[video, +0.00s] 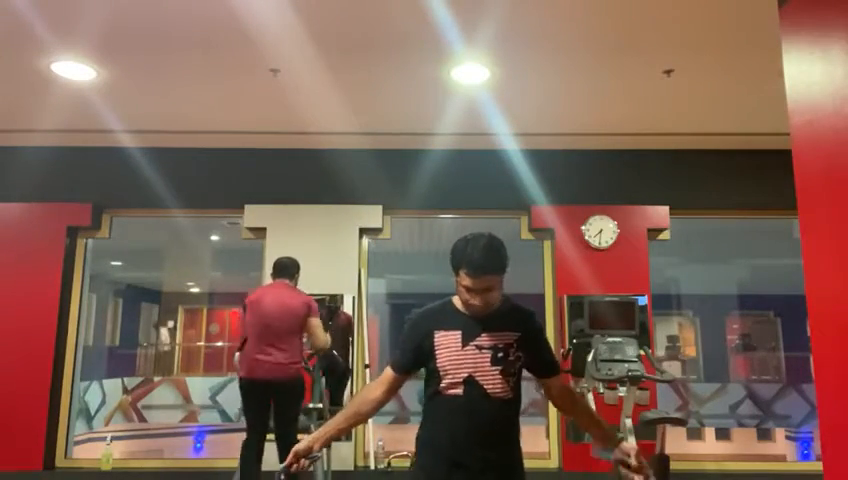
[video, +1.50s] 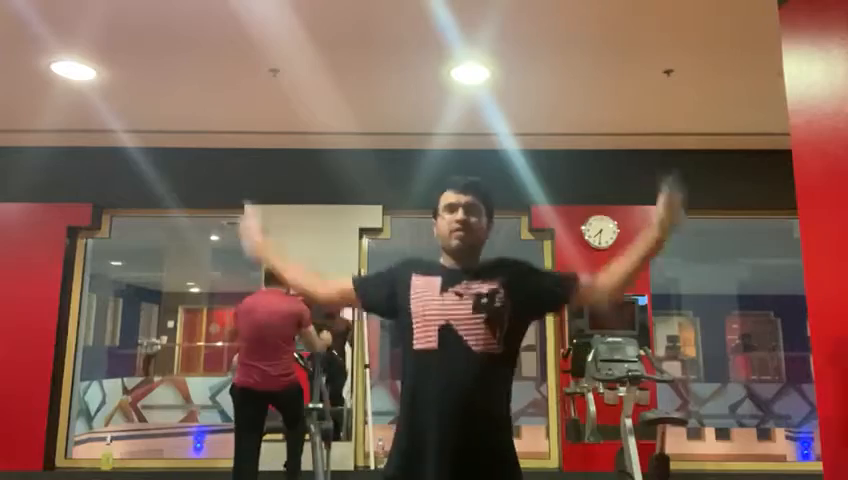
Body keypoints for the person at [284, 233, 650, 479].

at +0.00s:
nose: (474, 300)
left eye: (484, 291)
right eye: (466, 290)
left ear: (503, 280)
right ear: (454, 279)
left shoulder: (522, 324)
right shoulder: (426, 323)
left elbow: (561, 392)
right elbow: (378, 391)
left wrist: (612, 442)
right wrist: (316, 440)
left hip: (499, 467)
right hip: (437, 466)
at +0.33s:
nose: (447, 299)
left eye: (456, 288)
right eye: (437, 289)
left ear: (470, 277)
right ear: (420, 277)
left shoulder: (490, 316)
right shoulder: (394, 324)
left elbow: (532, 384)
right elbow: (352, 398)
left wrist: (594, 433)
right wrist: (290, 460)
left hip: (480, 467)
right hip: (415, 468)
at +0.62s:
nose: (437, 286)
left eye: (447, 275)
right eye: (426, 275)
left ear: (462, 268)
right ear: (410, 269)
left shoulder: (485, 310)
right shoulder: (386, 322)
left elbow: (526, 385)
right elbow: (350, 402)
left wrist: (580, 442)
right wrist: (290, 467)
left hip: (478, 464)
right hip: (411, 466)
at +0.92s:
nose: (455, 253)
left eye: (466, 244)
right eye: (446, 244)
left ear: (482, 254)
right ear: (431, 254)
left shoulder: (505, 313)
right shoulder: (404, 314)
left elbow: (541, 397)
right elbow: (363, 396)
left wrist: (594, 458)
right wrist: (307, 456)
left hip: (489, 466)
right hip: (421, 465)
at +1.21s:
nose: (468, 250)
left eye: (478, 242)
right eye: (457, 242)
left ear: (495, 253)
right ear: (441, 254)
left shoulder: (518, 315)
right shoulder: (414, 315)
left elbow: (578, 390)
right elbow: (367, 377)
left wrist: (660, 429)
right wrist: (314, 422)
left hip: (496, 469)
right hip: (426, 467)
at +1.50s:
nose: (460, 219)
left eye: (472, 212)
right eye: (451, 211)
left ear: (488, 226)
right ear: (434, 223)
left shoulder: (514, 279)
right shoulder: (405, 278)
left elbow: (600, 292)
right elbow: (327, 293)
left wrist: (655, 232)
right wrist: (264, 251)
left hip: (487, 460)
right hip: (414, 457)